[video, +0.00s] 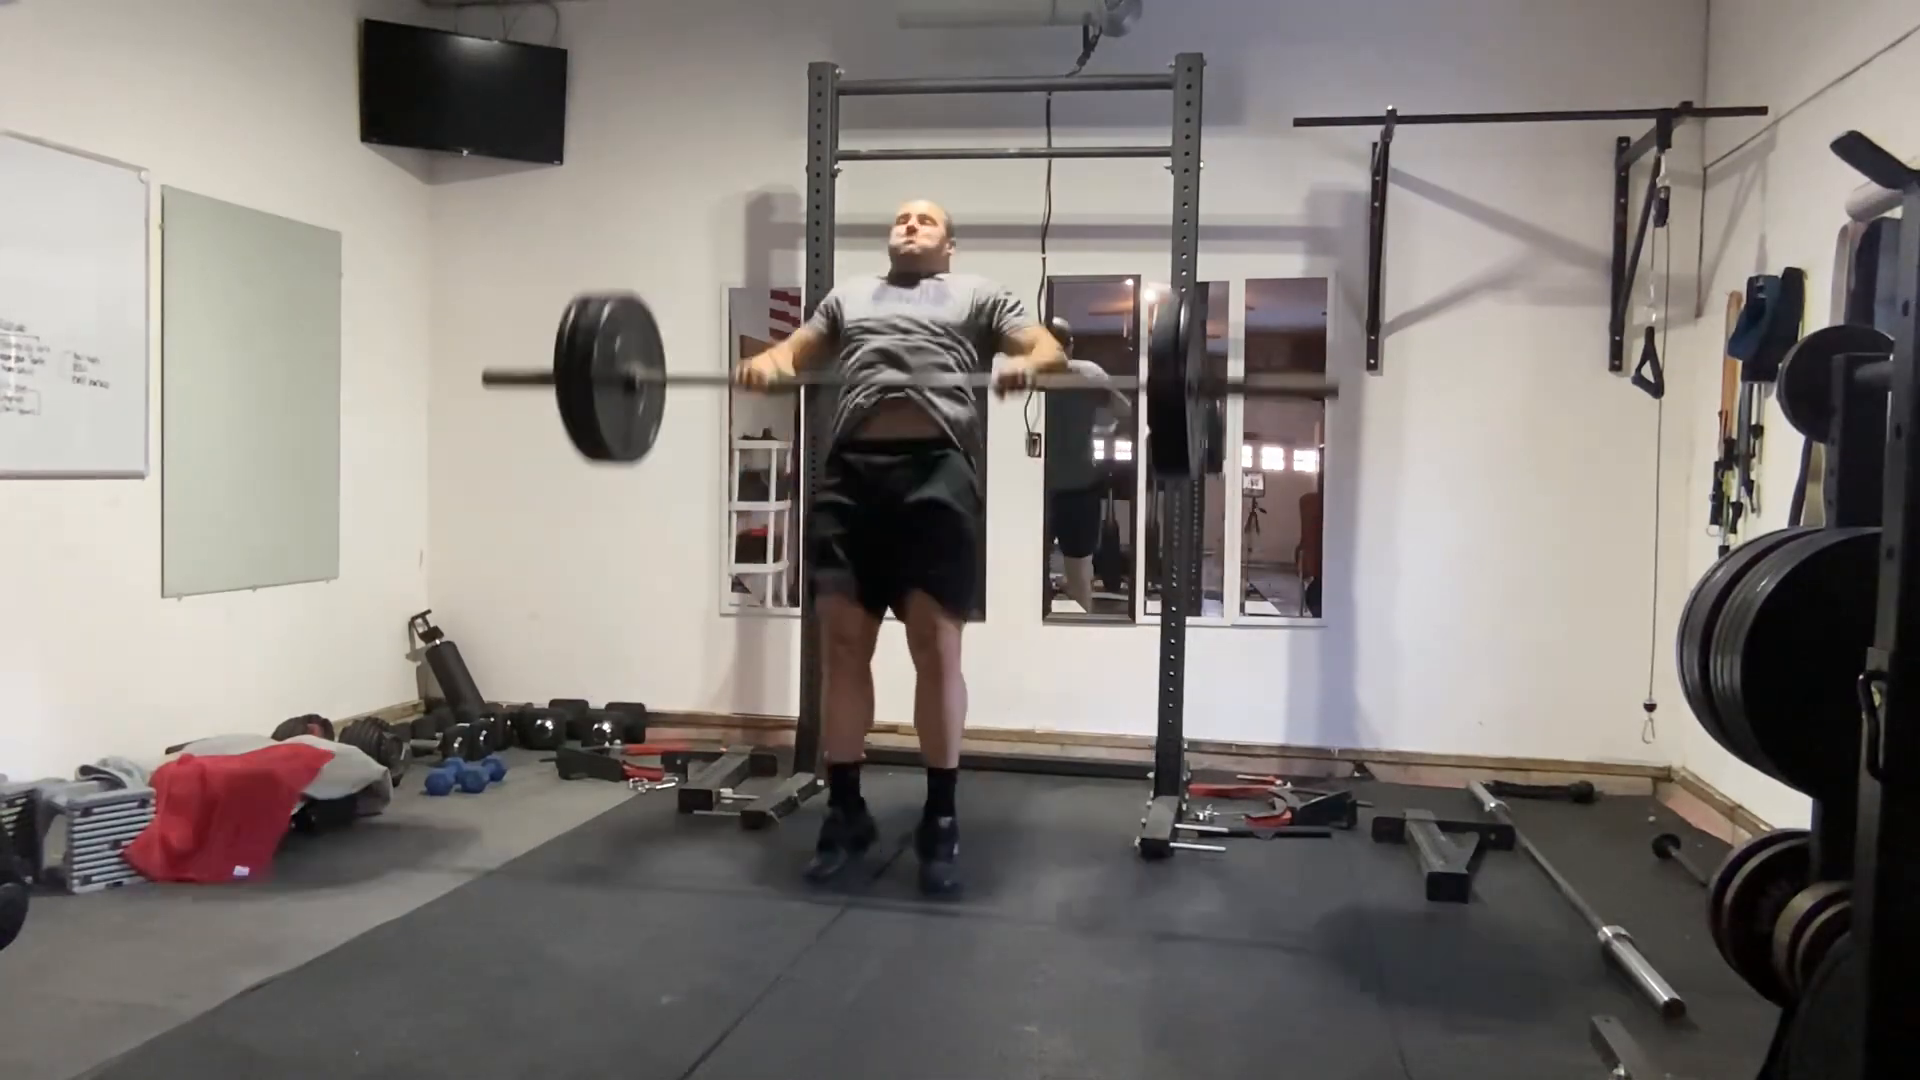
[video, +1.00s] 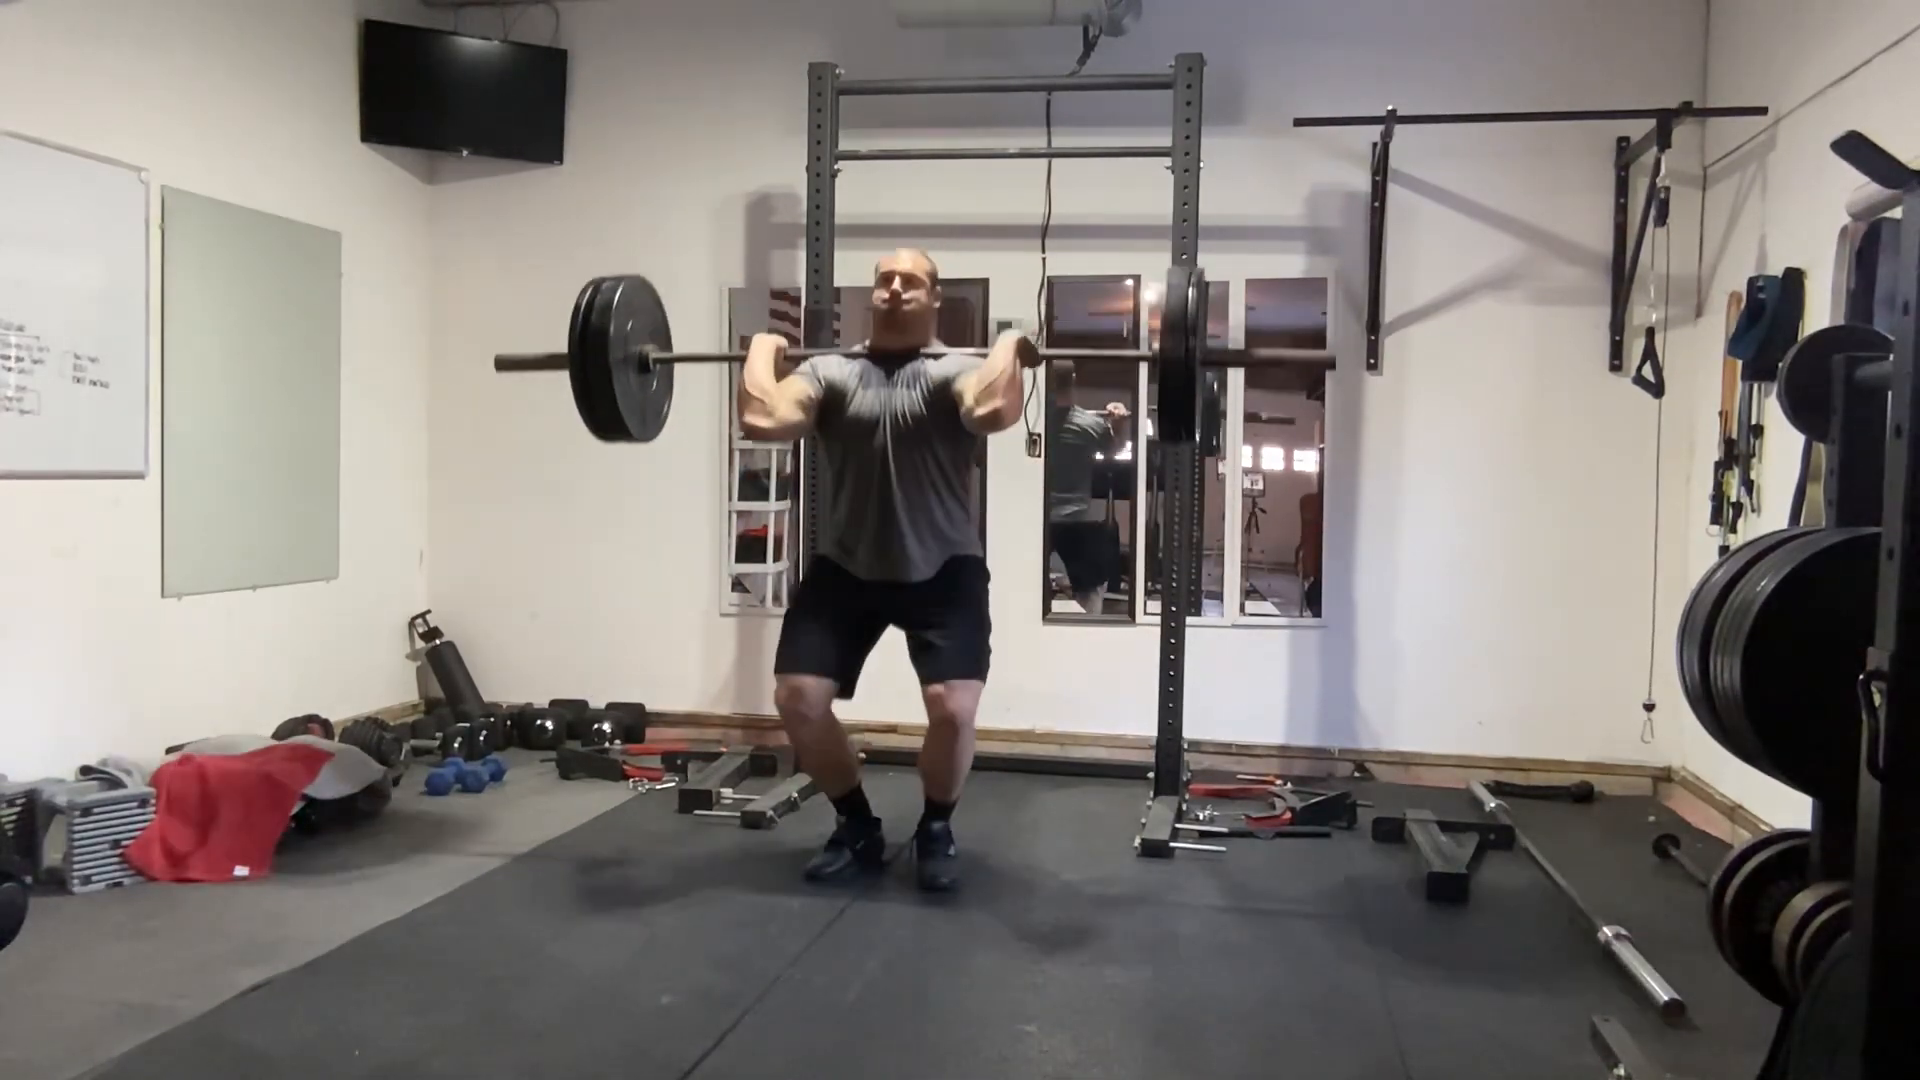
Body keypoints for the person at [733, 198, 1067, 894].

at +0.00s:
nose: (908, 225)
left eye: (923, 221)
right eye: (900, 220)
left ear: (948, 244)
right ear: (886, 243)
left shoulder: (980, 296)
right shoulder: (849, 297)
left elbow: (1050, 347)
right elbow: (794, 352)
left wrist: (1028, 362)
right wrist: (767, 362)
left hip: (935, 473)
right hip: (852, 472)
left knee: (934, 643)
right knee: (842, 643)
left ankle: (941, 819)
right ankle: (844, 812)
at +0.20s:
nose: (880, 227)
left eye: (895, 218)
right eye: (872, 220)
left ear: (928, 238)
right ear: (863, 242)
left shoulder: (972, 318)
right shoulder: (830, 325)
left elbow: (1032, 413)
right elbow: (784, 415)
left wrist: (1025, 335)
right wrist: (765, 341)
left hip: (934, 508)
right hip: (845, 507)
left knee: (930, 669)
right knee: (849, 669)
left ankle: (935, 831)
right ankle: (858, 830)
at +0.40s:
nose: (886, 255)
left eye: (900, 246)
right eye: (878, 246)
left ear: (932, 260)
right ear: (867, 259)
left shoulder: (951, 323)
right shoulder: (834, 323)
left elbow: (981, 356)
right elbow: (765, 360)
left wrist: (1005, 305)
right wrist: (769, 298)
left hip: (931, 526)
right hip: (841, 525)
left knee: (932, 684)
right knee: (827, 681)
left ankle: (934, 833)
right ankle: (857, 831)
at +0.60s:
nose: (893, 254)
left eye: (908, 246)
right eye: (885, 244)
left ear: (936, 262)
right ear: (871, 258)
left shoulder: (954, 324)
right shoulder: (835, 322)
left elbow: (981, 359)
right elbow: (765, 360)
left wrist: (1007, 302)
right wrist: (770, 297)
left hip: (934, 529)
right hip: (842, 528)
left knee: (937, 684)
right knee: (824, 681)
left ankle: (934, 832)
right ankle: (857, 830)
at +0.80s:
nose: (896, 239)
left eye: (912, 231)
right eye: (887, 230)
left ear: (937, 249)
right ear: (872, 247)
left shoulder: (958, 318)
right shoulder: (832, 318)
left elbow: (1002, 353)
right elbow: (762, 360)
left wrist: (1014, 289)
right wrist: (766, 290)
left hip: (943, 529)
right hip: (849, 526)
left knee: (951, 683)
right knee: (824, 675)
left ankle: (935, 832)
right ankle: (857, 827)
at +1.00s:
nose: (894, 289)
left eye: (910, 281)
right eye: (884, 281)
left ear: (936, 302)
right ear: (869, 299)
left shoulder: (958, 369)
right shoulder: (831, 373)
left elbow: (998, 408)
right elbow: (762, 415)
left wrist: (1009, 341)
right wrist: (764, 343)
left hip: (943, 569)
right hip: (845, 567)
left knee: (953, 712)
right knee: (798, 699)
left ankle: (935, 833)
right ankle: (857, 831)